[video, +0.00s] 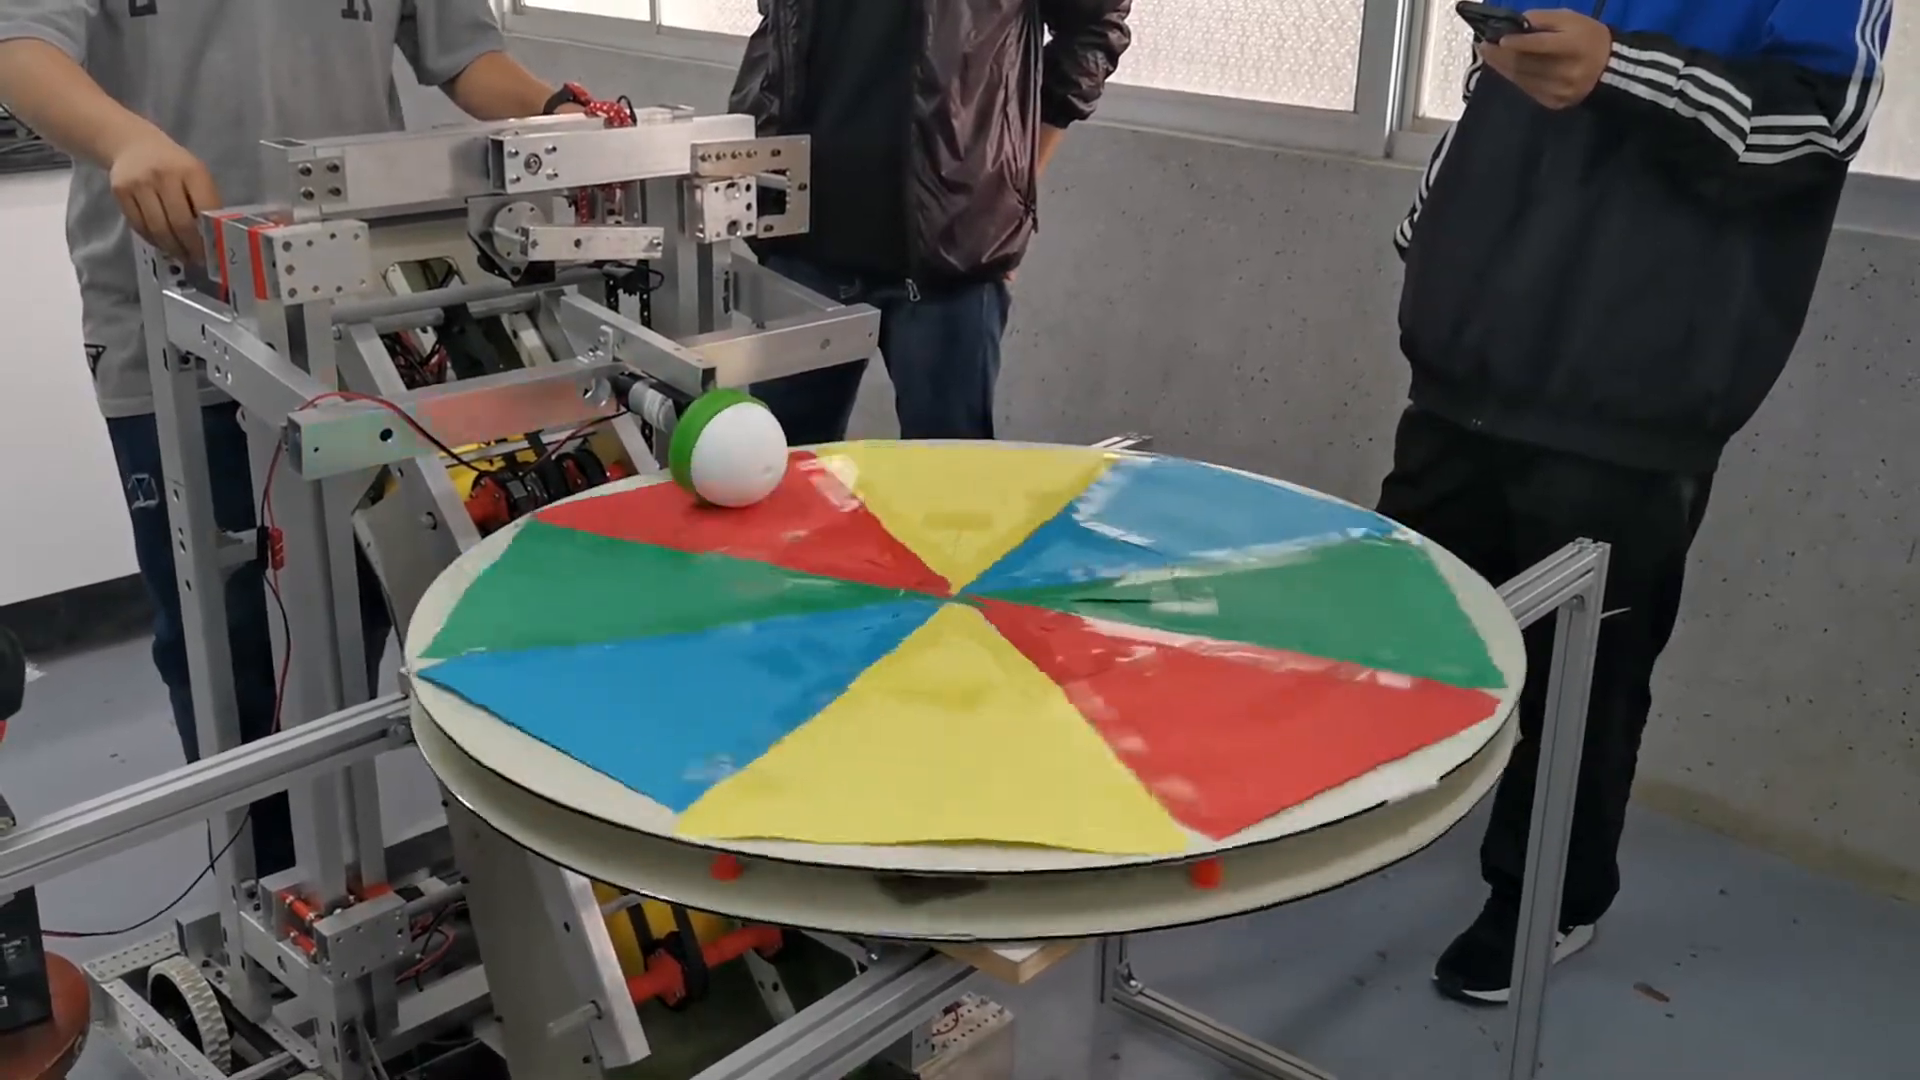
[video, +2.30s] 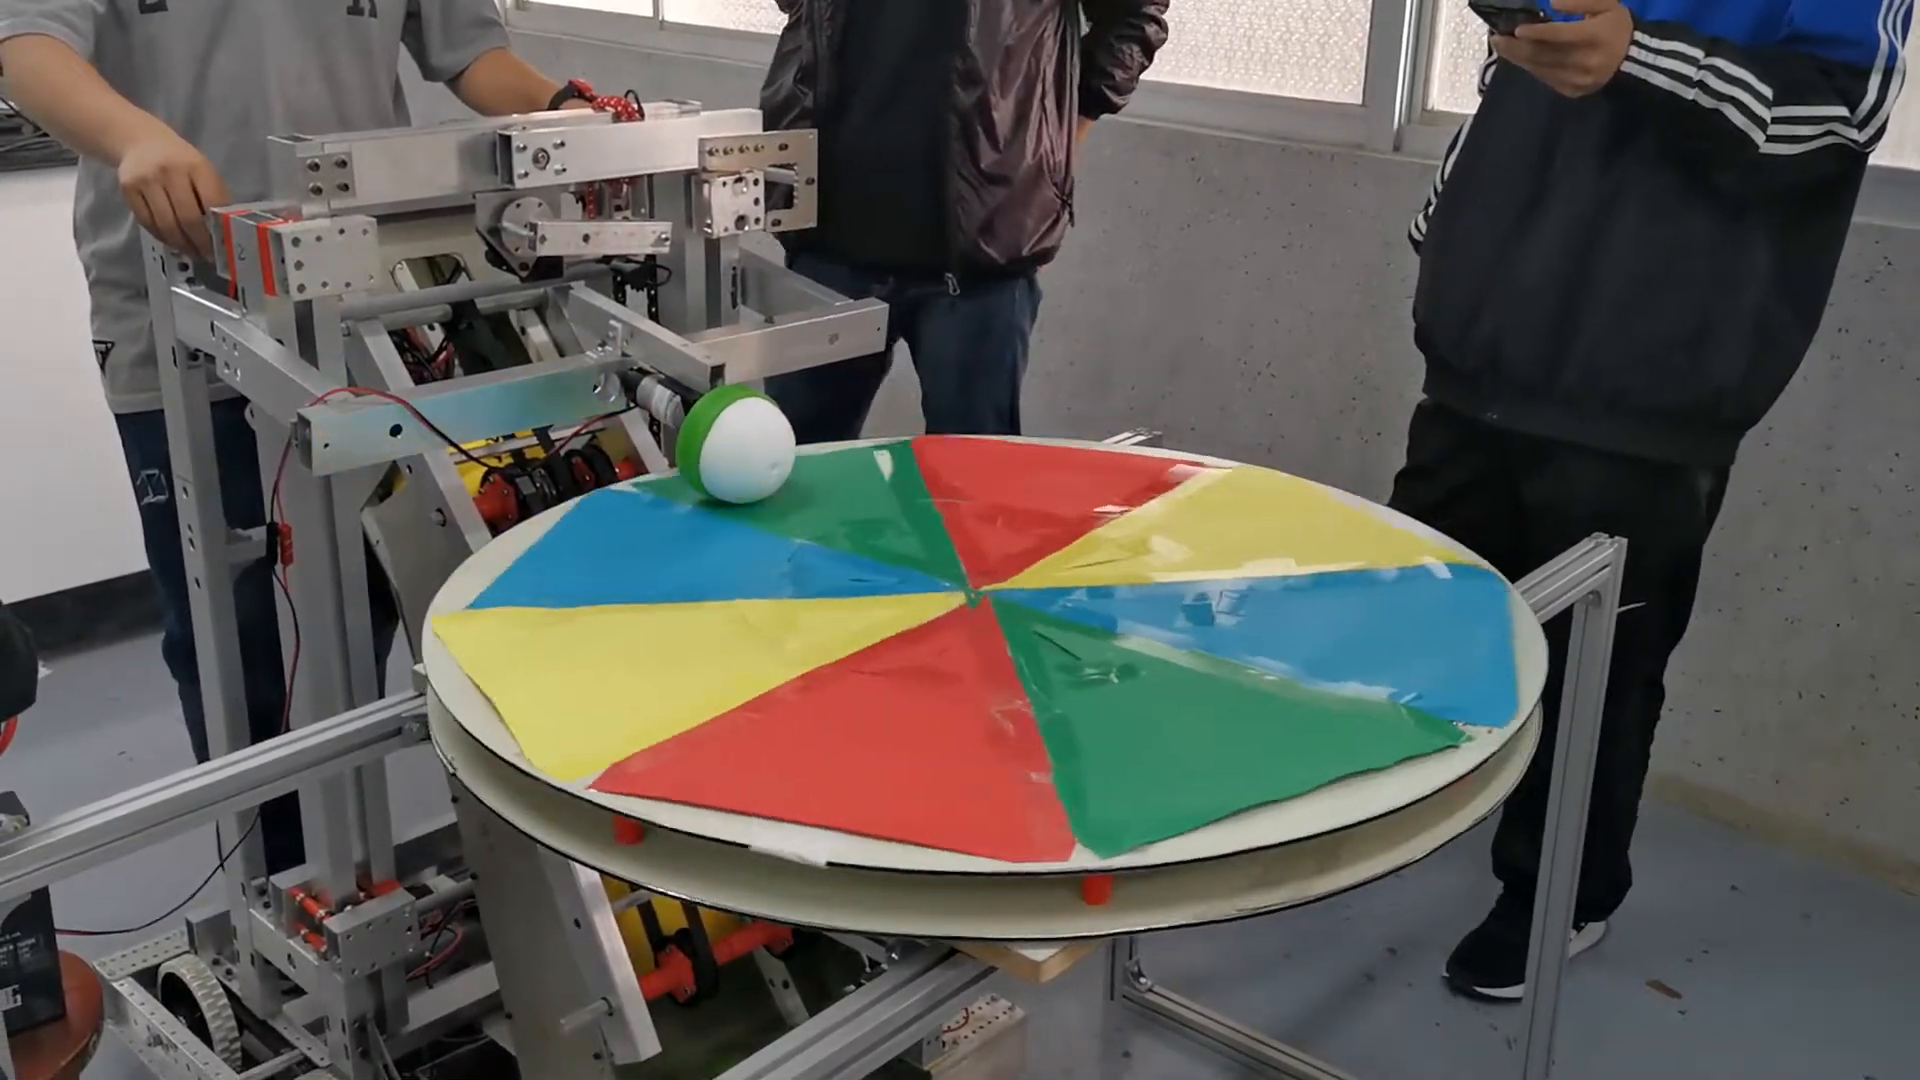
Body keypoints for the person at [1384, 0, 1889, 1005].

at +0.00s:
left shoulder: (1826, 9)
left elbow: (1818, 125)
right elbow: (1501, 77)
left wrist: (1614, 67)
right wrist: (1425, 239)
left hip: (1649, 361)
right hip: (1485, 315)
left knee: (1585, 657)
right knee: (1407, 600)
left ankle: (1547, 897)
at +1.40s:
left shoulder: (1830, 8)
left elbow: (1818, 121)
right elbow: (1507, 50)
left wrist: (1617, 57)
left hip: (1653, 350)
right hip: (1489, 303)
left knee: (1589, 649)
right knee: (1415, 597)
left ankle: (1555, 890)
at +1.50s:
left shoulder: (1830, 9)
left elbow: (1821, 120)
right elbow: (1509, 36)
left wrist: (1618, 56)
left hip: (1655, 352)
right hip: (1489, 304)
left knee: (1590, 650)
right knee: (1415, 596)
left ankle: (1555, 891)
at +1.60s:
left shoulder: (1834, 9)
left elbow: (1819, 122)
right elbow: (1510, 42)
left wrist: (1620, 56)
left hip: (1657, 352)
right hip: (1491, 304)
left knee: (1593, 649)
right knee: (1414, 599)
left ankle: (1557, 891)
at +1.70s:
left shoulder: (1834, 10)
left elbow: (1825, 120)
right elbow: (1511, 49)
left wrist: (1622, 55)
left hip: (1656, 352)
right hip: (1491, 304)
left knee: (1593, 649)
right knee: (1416, 600)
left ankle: (1556, 891)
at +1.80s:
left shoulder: (1835, 9)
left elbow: (1826, 119)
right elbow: (1512, 57)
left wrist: (1624, 56)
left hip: (1657, 355)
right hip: (1492, 309)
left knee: (1592, 654)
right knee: (1414, 598)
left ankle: (1556, 892)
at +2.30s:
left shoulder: (1847, 11)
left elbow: (1836, 117)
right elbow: (1517, 33)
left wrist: (1634, 54)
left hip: (1667, 348)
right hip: (1499, 300)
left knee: (1600, 648)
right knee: (1420, 595)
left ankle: (1560, 892)